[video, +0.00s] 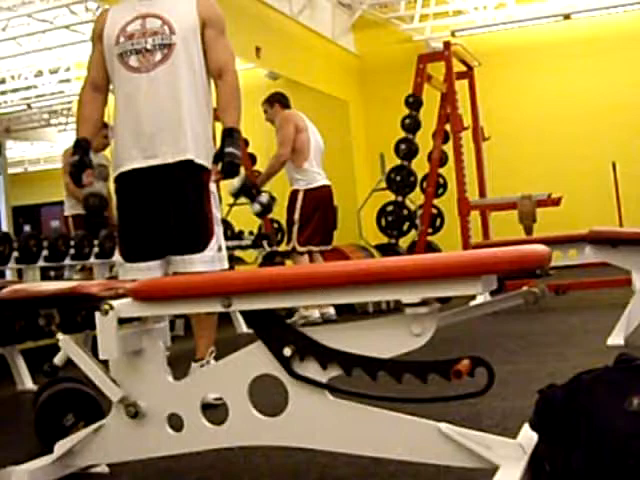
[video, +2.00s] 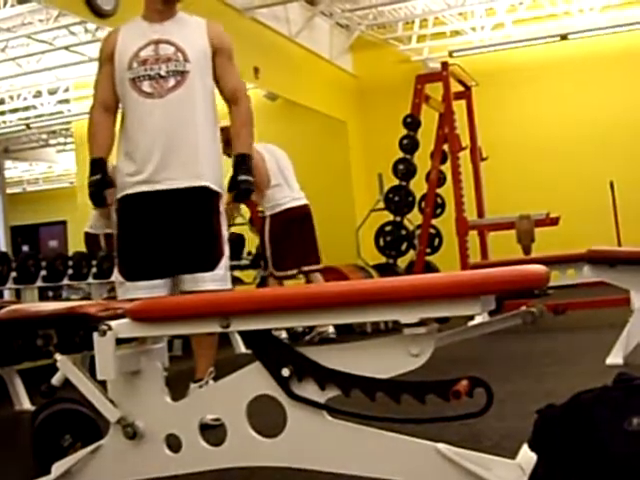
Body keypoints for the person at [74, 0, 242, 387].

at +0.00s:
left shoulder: (201, 8)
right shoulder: (107, 20)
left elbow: (225, 72)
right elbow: (95, 87)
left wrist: (231, 138)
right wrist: (84, 145)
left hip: (188, 153)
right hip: (132, 160)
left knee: (200, 269)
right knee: (141, 275)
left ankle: (204, 360)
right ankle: (150, 368)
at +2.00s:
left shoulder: (210, 34)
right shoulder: (116, 40)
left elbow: (238, 101)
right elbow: (104, 108)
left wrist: (242, 165)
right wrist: (98, 169)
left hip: (197, 180)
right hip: (138, 185)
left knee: (205, 292)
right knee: (142, 299)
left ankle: (204, 383)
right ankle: (147, 387)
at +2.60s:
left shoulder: (212, 28)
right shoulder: (118, 37)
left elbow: (258, 80)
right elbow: (105, 106)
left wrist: (230, 132)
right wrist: (97, 172)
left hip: (197, 176)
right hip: (139, 180)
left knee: (201, 294)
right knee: (142, 298)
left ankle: (204, 385)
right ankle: (148, 389)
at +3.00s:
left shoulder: (209, 29)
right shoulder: (119, 39)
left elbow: (261, 78)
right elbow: (106, 106)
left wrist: (232, 129)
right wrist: (93, 161)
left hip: (193, 179)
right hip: (135, 182)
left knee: (201, 294)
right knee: (135, 297)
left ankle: (203, 383)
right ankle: (143, 387)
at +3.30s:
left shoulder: (196, 27)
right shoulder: (105, 39)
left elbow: (250, 75)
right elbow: (94, 111)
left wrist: (223, 126)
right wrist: (81, 174)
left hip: (184, 184)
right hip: (123, 187)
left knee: (195, 296)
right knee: (115, 298)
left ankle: (202, 387)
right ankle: (123, 393)